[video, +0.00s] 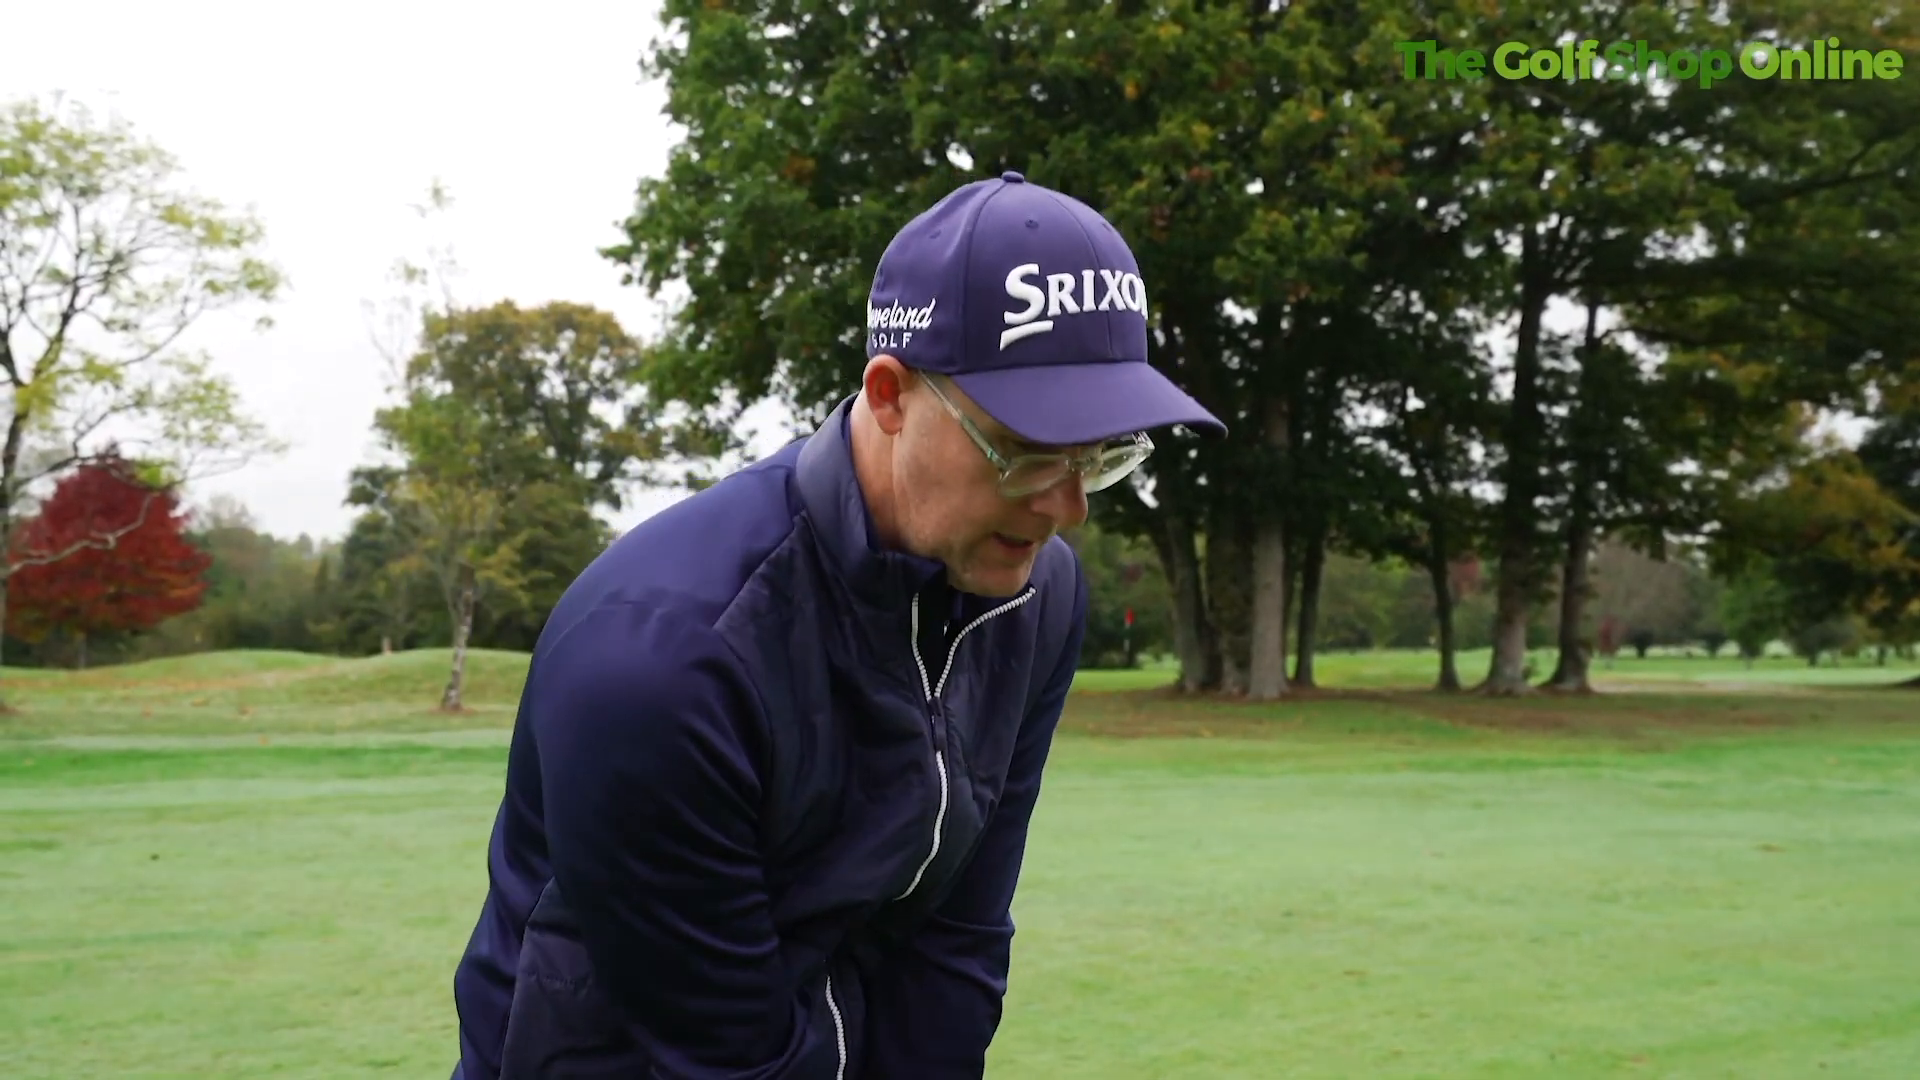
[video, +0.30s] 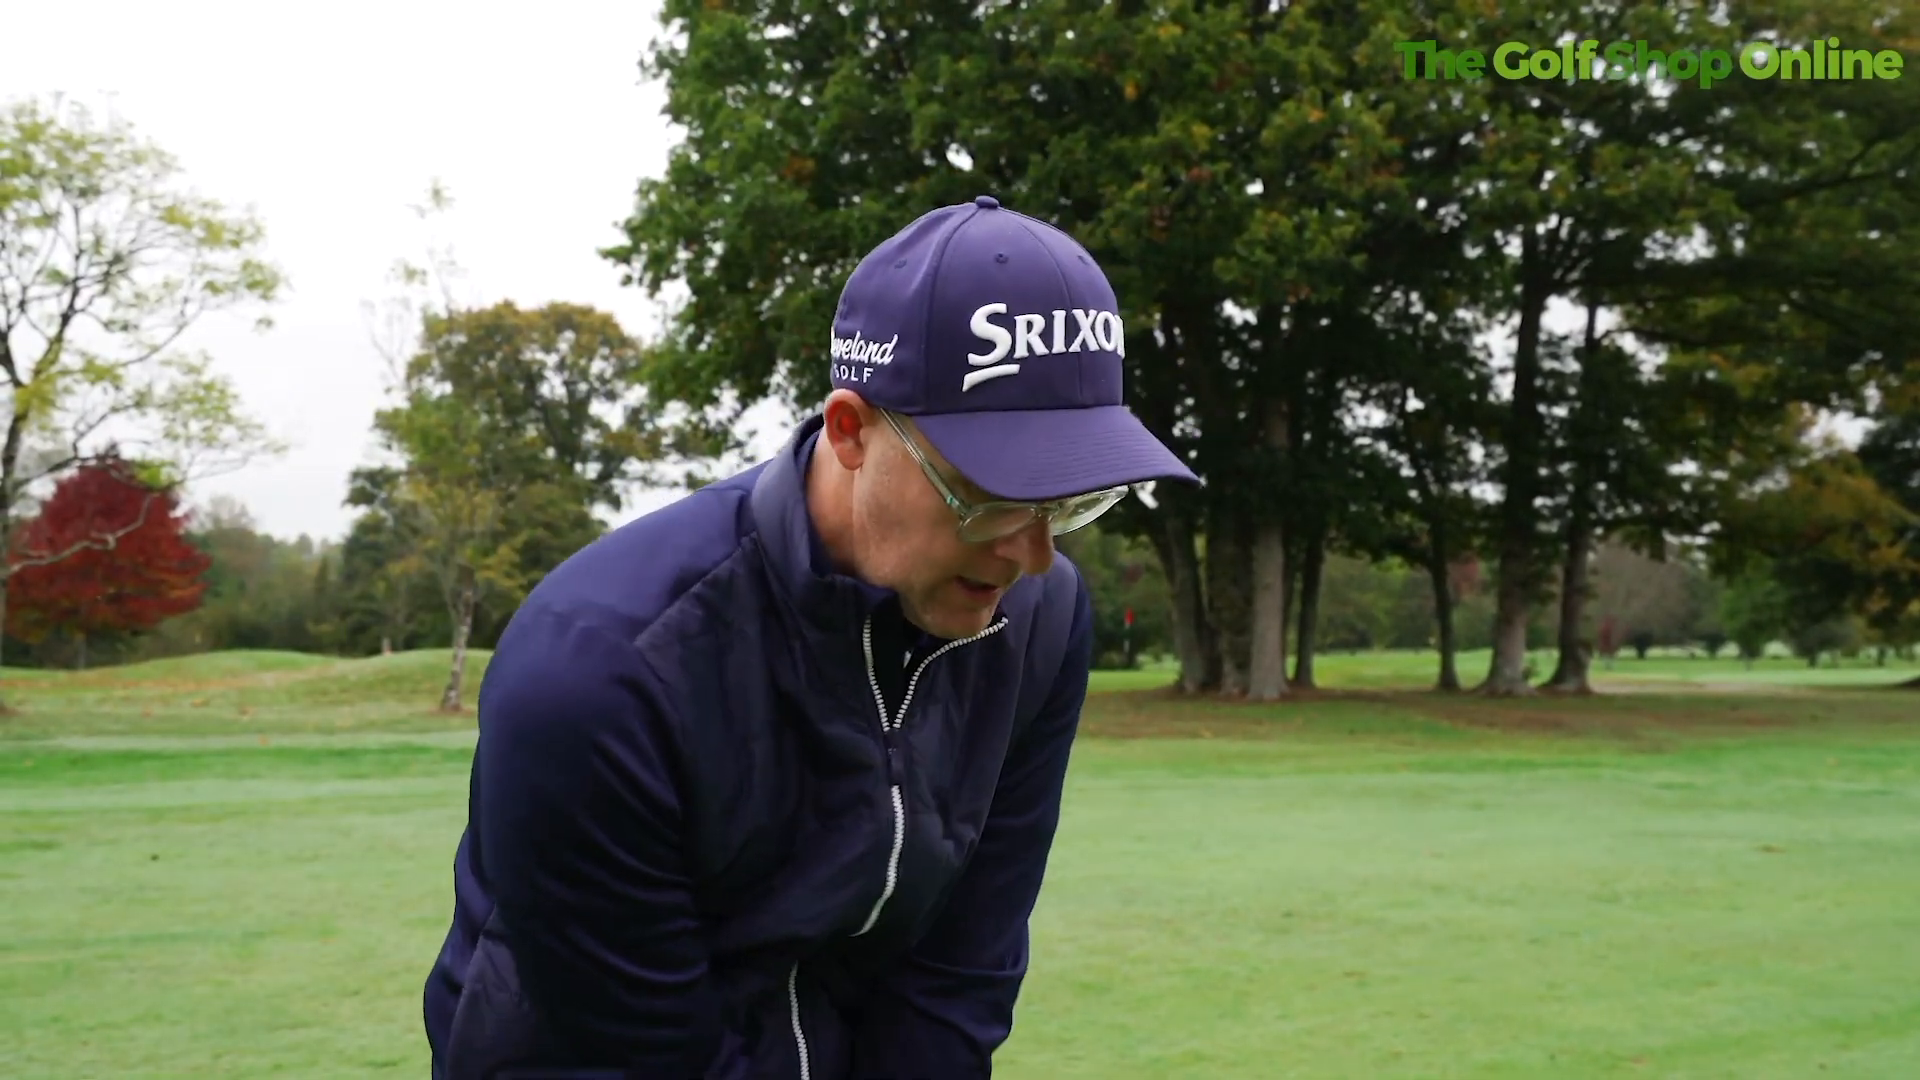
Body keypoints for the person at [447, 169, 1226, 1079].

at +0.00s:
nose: (1062, 503)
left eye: (1093, 451)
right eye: (1019, 446)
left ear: (1121, 419)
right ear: (888, 399)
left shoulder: (1041, 598)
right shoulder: (660, 667)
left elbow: (957, 949)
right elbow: (723, 1045)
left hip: (824, 1033)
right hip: (595, 1049)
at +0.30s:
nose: (1031, 551)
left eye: (1062, 498)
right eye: (987, 494)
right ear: (848, 434)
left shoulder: (1039, 622)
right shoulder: (594, 677)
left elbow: (959, 990)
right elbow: (640, 1042)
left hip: (849, 1037)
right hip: (580, 1047)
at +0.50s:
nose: (1046, 557)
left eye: (1076, 504)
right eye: (1004, 500)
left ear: (1108, 473)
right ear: (863, 437)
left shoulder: (1064, 668)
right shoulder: (573, 602)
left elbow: (930, 1034)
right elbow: (520, 1024)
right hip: (615, 1056)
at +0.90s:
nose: (1088, 597)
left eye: (1107, 545)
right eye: (1042, 548)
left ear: (1136, 487)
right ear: (897, 482)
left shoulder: (1078, 654)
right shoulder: (628, 679)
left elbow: (1005, 1019)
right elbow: (592, 1042)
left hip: (914, 1042)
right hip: (675, 1042)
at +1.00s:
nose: (1094, 618)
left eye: (1108, 564)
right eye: (1045, 568)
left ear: (1132, 503)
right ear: (896, 509)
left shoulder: (1050, 651)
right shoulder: (673, 765)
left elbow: (1018, 994)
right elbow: (678, 1056)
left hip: (868, 1035)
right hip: (659, 1043)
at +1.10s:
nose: (1103, 626)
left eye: (1115, 573)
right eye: (1051, 582)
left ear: (1136, 511)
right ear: (905, 529)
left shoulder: (1015, 640)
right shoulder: (745, 810)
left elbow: (1015, 957)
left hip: (845, 1030)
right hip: (653, 1058)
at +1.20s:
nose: (1123, 597)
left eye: (1128, 548)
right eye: (1074, 558)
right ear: (918, 515)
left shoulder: (961, 594)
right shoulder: (800, 821)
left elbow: (1004, 917)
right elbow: (920, 1060)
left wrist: (1021, 1069)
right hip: (677, 1061)